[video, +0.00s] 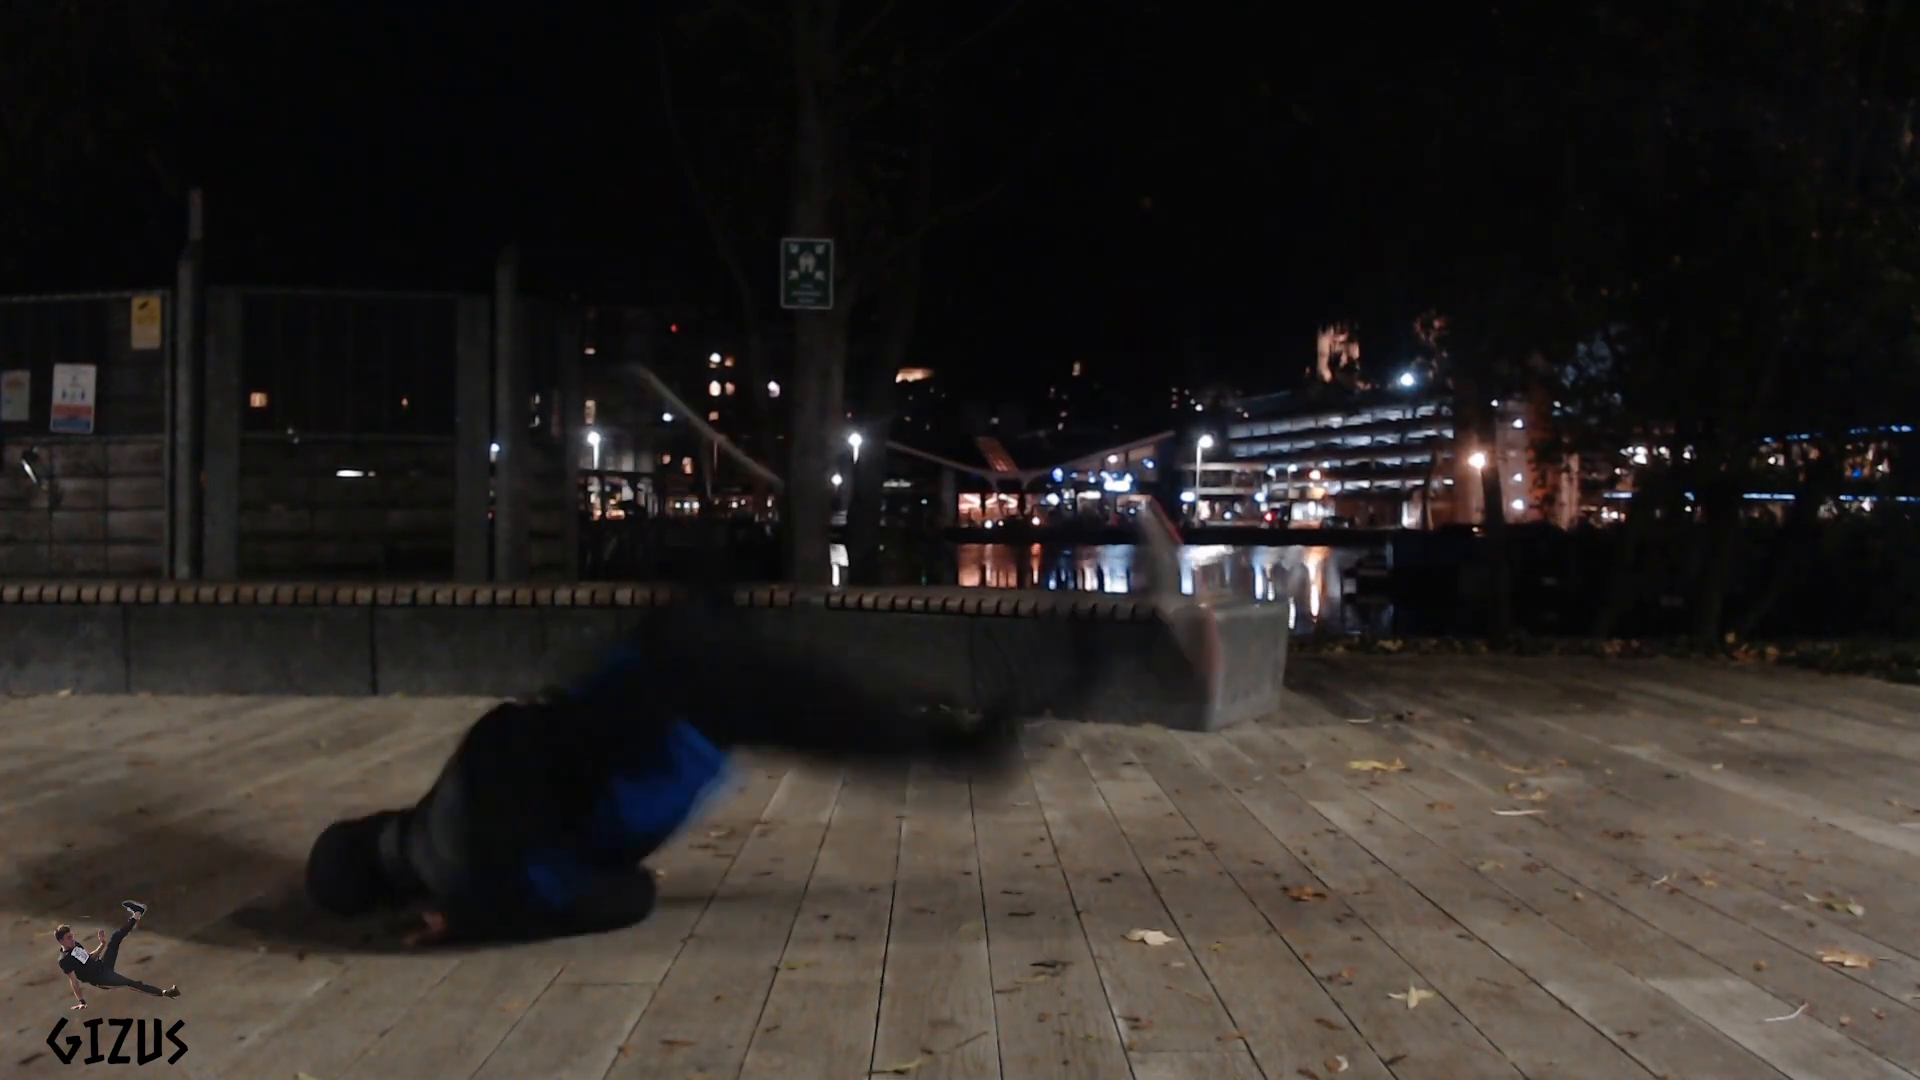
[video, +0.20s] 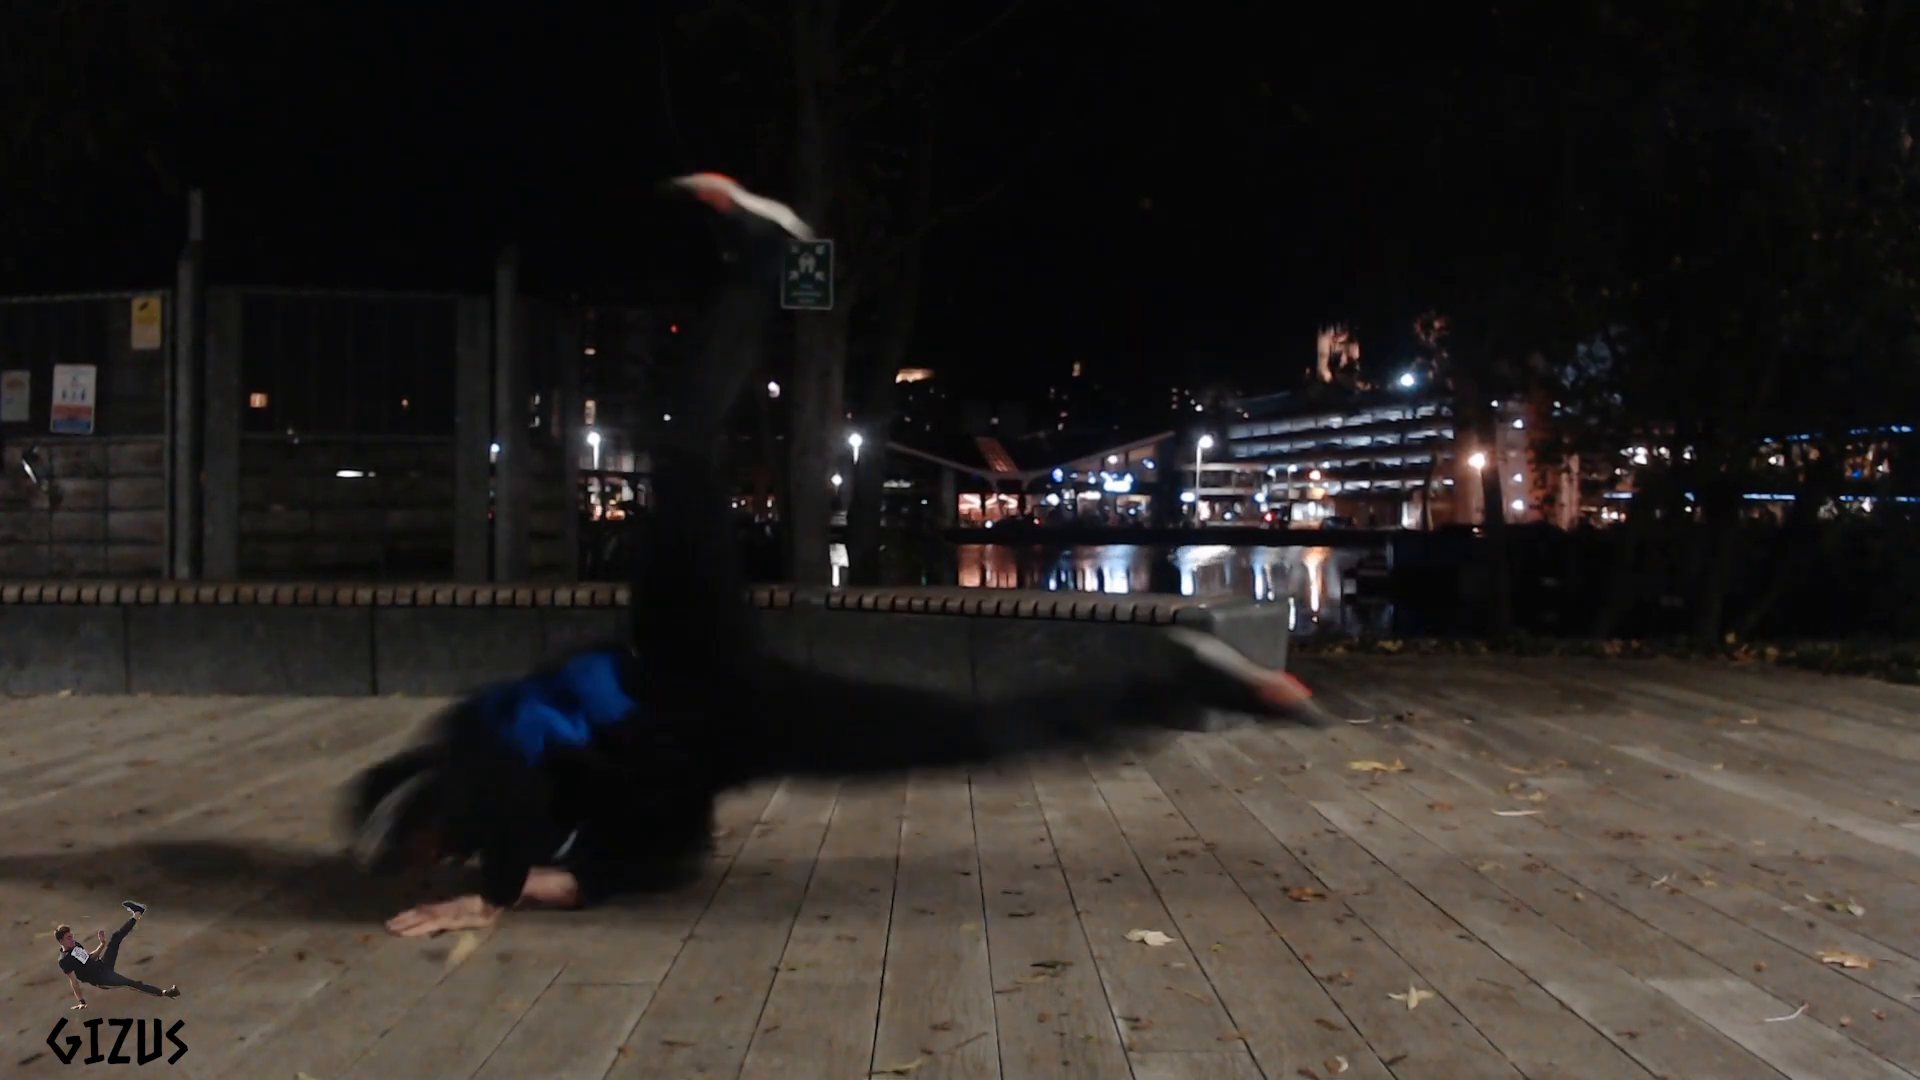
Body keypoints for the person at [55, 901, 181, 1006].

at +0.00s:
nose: (73, 939)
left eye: (72, 936)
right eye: (69, 938)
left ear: (71, 936)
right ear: (61, 942)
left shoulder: (76, 946)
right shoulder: (64, 960)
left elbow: (91, 957)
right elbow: (74, 982)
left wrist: (102, 944)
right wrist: (81, 1001)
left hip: (104, 965)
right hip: (102, 978)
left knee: (116, 938)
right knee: (133, 983)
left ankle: (135, 917)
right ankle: (165, 993)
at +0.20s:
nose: (73, 939)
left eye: (72, 936)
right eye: (69, 938)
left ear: (70, 937)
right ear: (62, 941)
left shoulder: (75, 946)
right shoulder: (64, 960)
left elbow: (91, 957)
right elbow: (74, 982)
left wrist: (102, 944)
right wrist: (81, 1001)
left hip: (104, 965)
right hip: (102, 977)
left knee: (115, 939)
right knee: (133, 983)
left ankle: (136, 916)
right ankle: (165, 993)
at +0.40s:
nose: (73, 939)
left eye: (72, 936)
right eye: (69, 938)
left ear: (71, 936)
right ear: (61, 941)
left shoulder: (76, 946)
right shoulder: (64, 960)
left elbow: (91, 958)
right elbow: (74, 982)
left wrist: (102, 945)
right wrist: (81, 1001)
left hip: (104, 965)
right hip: (102, 978)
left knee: (115, 939)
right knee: (133, 984)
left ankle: (136, 916)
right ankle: (165, 993)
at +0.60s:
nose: (73, 939)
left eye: (72, 936)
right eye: (69, 938)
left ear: (71, 936)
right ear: (62, 942)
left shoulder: (76, 946)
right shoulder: (64, 960)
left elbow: (91, 957)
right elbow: (73, 981)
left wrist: (102, 945)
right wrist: (80, 1001)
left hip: (104, 964)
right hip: (101, 978)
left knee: (115, 939)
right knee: (131, 983)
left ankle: (136, 916)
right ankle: (164, 993)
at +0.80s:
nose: (72, 939)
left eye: (72, 936)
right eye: (69, 938)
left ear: (70, 937)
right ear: (61, 941)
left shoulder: (75, 946)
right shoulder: (64, 960)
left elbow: (91, 958)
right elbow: (74, 982)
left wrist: (102, 945)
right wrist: (81, 1002)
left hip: (104, 965)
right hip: (102, 978)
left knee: (116, 938)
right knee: (132, 983)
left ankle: (136, 916)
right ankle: (164, 993)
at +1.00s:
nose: (72, 939)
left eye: (72, 936)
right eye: (69, 938)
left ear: (70, 937)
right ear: (61, 942)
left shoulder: (75, 946)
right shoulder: (64, 960)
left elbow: (91, 958)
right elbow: (74, 982)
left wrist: (102, 945)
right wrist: (81, 1002)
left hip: (104, 965)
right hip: (102, 978)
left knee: (116, 938)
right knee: (132, 983)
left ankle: (136, 916)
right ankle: (164, 993)